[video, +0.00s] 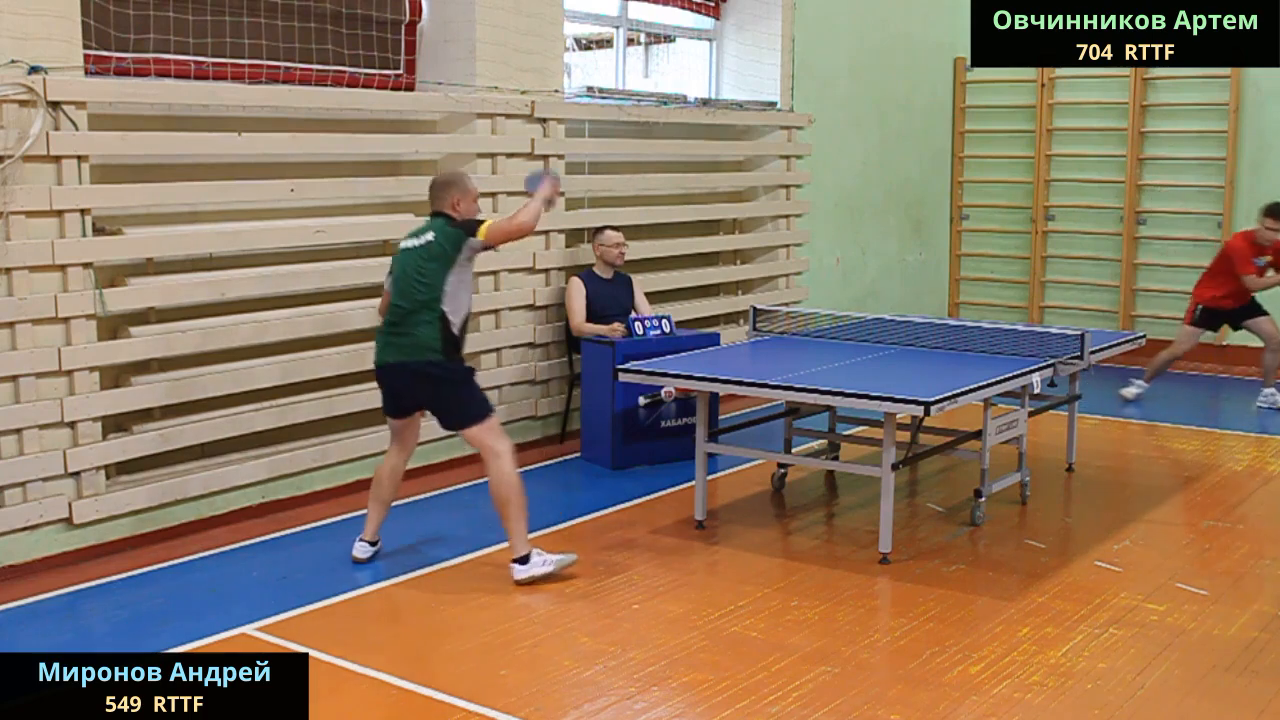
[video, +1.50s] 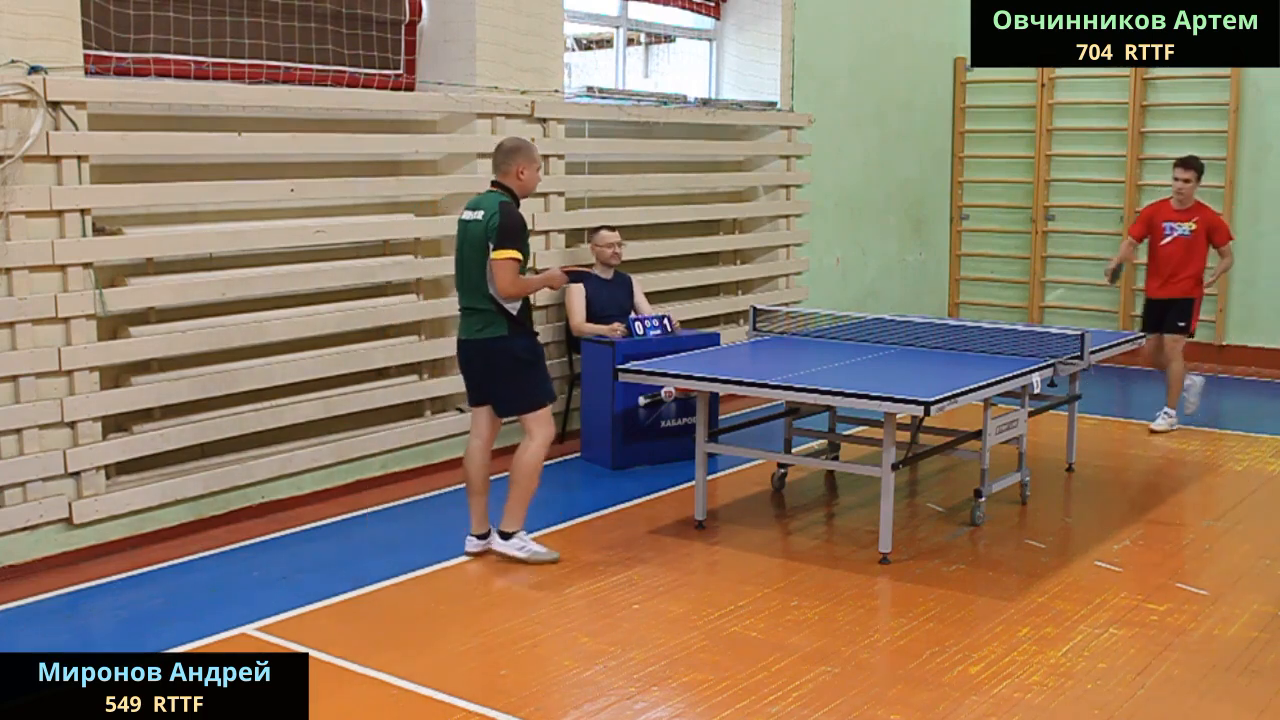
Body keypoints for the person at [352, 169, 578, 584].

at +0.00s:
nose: (479, 207)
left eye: (478, 200)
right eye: (475, 200)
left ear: (439, 206)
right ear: (456, 203)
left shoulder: (409, 241)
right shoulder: (460, 232)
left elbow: (386, 308)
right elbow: (521, 227)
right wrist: (542, 194)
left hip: (391, 364)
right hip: (436, 363)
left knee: (400, 446)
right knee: (497, 448)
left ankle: (366, 541)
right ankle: (523, 555)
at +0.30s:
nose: (478, 183)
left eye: (476, 175)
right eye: (475, 176)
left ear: (438, 181)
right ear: (457, 180)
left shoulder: (409, 219)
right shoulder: (448, 227)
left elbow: (410, 287)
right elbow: (432, 297)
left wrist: (473, 300)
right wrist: (489, 300)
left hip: (394, 351)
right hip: (433, 355)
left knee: (396, 440)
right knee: (470, 449)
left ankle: (366, 539)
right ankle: (443, 556)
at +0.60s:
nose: (500, 175)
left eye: (498, 168)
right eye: (496, 168)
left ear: (460, 173)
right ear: (479, 173)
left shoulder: (428, 211)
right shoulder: (470, 222)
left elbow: (415, 281)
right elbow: (474, 296)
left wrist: (483, 294)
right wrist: (512, 294)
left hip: (418, 345)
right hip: (454, 350)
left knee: (421, 430)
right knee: (463, 447)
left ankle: (385, 526)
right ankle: (443, 558)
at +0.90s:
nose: (516, 177)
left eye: (515, 169)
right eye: (514, 170)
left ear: (474, 173)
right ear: (499, 173)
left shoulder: (437, 212)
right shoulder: (493, 224)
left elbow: (417, 282)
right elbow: (508, 297)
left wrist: (421, 335)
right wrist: (537, 287)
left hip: (436, 345)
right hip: (469, 351)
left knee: (465, 442)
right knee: (462, 452)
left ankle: (466, 530)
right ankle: (442, 558)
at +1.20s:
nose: (523, 176)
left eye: (522, 169)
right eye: (521, 170)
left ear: (483, 171)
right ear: (507, 171)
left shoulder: (454, 211)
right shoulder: (497, 219)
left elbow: (437, 282)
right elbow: (498, 293)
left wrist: (437, 335)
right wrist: (534, 284)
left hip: (457, 345)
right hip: (490, 346)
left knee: (478, 433)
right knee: (507, 439)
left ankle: (478, 527)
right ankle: (456, 539)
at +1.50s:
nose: (538, 176)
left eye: (537, 169)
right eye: (536, 169)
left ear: (500, 170)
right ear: (520, 171)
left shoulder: (474, 207)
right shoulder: (507, 213)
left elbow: (479, 279)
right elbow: (506, 285)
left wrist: (528, 279)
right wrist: (545, 280)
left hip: (472, 341)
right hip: (507, 341)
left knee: (481, 431)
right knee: (541, 431)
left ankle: (479, 533)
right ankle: (511, 532)